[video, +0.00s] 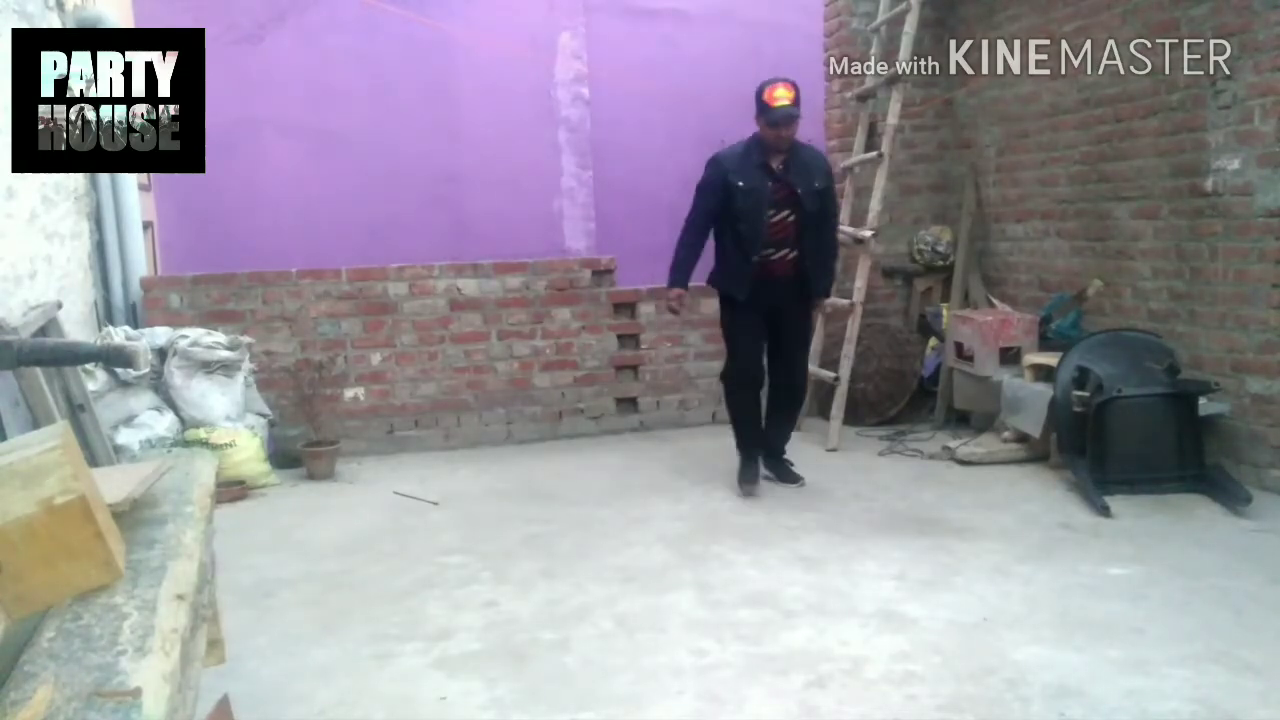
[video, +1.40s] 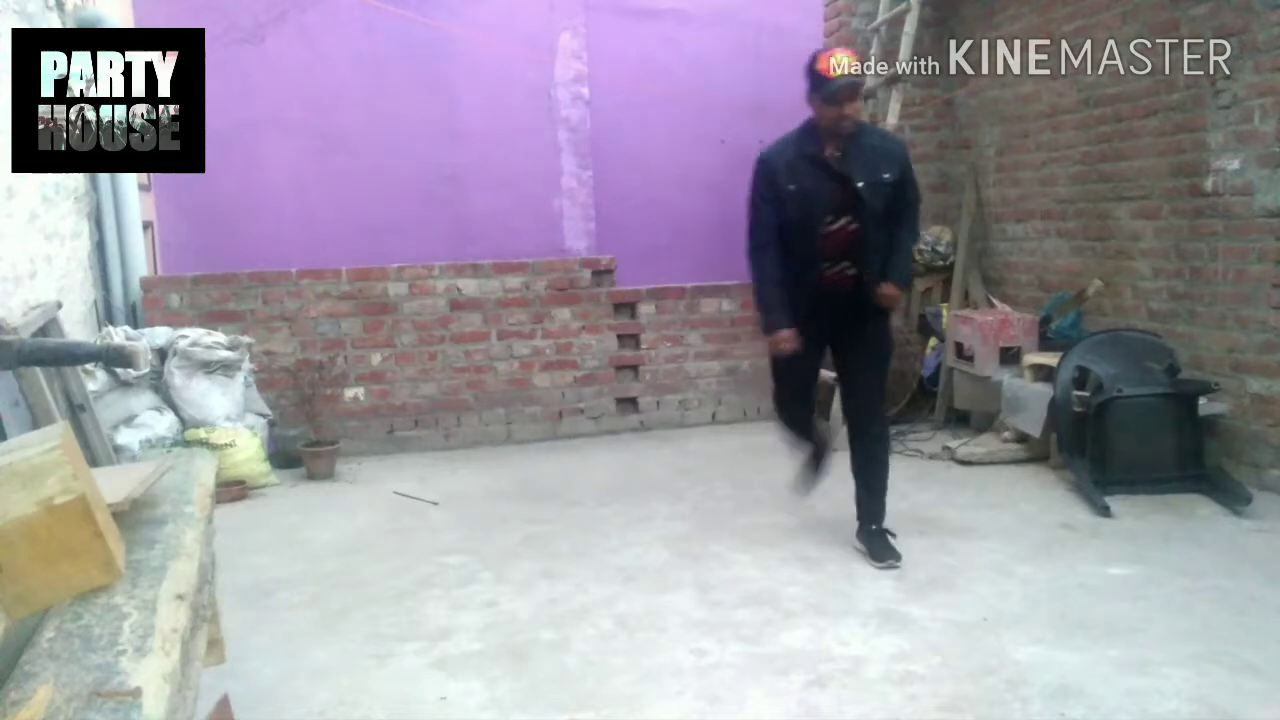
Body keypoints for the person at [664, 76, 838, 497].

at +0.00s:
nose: (783, 132)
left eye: (789, 123)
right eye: (774, 124)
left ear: (799, 121)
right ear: (758, 121)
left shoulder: (815, 165)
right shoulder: (726, 167)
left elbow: (826, 229)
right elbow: (697, 226)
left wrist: (822, 286)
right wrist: (678, 280)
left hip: (795, 292)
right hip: (742, 293)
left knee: (792, 378)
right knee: (743, 374)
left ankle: (775, 452)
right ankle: (750, 457)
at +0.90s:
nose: (775, 122)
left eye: (780, 110)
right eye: (762, 116)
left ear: (793, 103)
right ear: (749, 117)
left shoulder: (832, 156)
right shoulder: (727, 169)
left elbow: (861, 212)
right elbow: (710, 240)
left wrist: (844, 269)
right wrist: (713, 299)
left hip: (816, 299)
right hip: (755, 305)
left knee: (838, 380)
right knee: (753, 403)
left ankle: (820, 473)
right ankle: (757, 500)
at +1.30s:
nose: (830, 115)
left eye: (837, 103)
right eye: (818, 107)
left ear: (847, 102)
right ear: (797, 109)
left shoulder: (875, 157)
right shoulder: (767, 169)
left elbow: (897, 223)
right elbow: (748, 247)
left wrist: (885, 282)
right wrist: (748, 318)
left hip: (859, 310)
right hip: (793, 309)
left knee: (867, 419)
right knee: (779, 410)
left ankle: (872, 525)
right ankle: (771, 491)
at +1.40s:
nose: (847, 110)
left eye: (854, 98)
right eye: (834, 101)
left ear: (864, 97)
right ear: (811, 103)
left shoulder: (887, 152)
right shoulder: (777, 162)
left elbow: (905, 221)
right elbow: (764, 247)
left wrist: (897, 277)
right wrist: (776, 320)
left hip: (864, 310)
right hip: (801, 310)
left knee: (868, 417)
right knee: (790, 405)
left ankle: (872, 523)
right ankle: (818, 445)